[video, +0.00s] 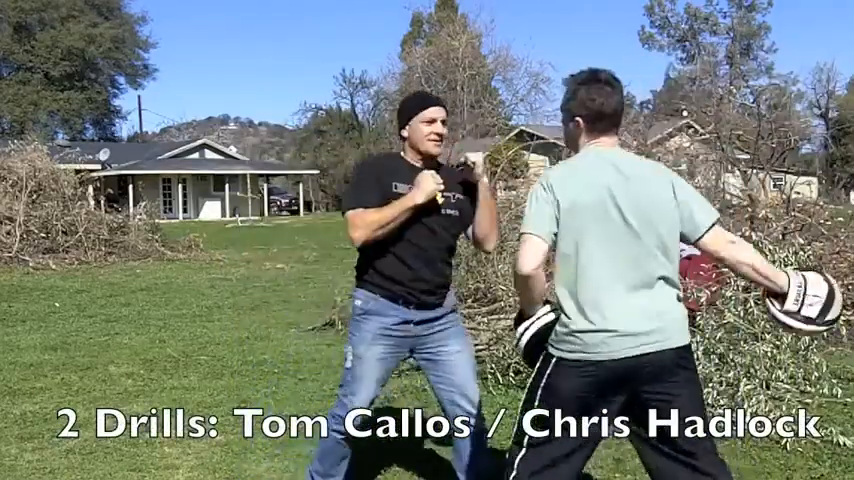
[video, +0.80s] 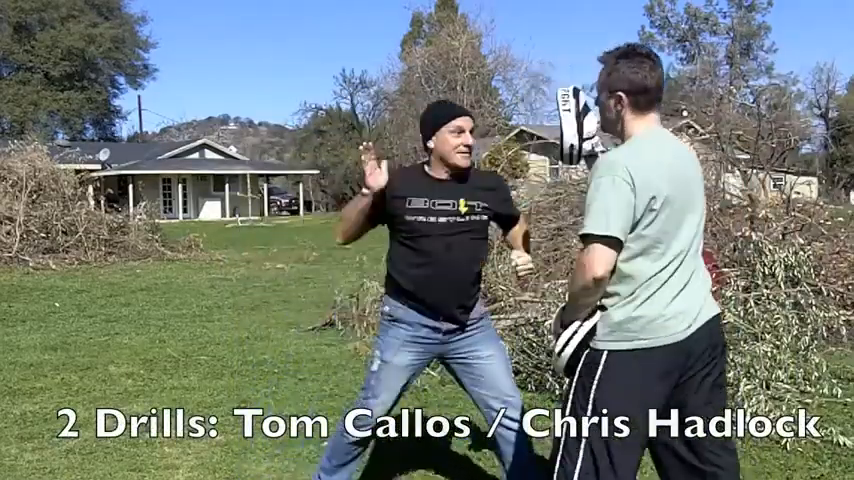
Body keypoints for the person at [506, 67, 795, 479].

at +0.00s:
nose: (564, 130)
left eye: (565, 121)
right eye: (565, 120)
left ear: (576, 123)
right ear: (620, 121)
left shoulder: (554, 182)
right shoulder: (661, 177)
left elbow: (527, 266)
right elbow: (723, 246)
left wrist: (533, 314)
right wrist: (788, 288)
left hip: (581, 355)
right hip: (665, 350)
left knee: (540, 466)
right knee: (697, 465)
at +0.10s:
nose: (517, 125)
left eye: (518, 116)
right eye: (516, 115)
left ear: (532, 120)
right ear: (573, 110)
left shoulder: (536, 175)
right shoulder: (616, 159)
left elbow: (544, 264)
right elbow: (675, 188)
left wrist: (527, 311)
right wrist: (714, 185)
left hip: (586, 338)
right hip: (654, 324)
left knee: (542, 463)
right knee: (681, 450)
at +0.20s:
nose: (492, 124)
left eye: (494, 117)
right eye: (494, 116)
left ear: (509, 120)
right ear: (546, 110)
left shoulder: (538, 176)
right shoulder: (567, 150)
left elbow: (560, 268)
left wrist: (534, 314)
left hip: (594, 331)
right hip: (646, 309)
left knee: (554, 461)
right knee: (680, 442)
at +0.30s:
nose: (493, 131)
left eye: (494, 122)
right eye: (494, 122)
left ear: (507, 126)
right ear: (545, 115)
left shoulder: (535, 183)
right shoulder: (572, 155)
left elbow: (559, 278)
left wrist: (532, 316)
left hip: (591, 334)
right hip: (645, 311)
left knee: (544, 460)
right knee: (677, 441)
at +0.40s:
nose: (516, 128)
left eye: (516, 118)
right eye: (514, 118)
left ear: (530, 122)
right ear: (570, 112)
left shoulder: (541, 180)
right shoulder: (606, 158)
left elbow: (543, 276)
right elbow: (587, 217)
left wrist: (526, 316)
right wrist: (530, 187)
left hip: (586, 341)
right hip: (654, 319)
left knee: (541, 463)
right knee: (678, 450)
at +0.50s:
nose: (550, 124)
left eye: (550, 114)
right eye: (549, 114)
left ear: (567, 116)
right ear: (606, 107)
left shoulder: (568, 177)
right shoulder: (645, 160)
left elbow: (549, 273)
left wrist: (541, 311)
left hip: (599, 346)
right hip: (672, 329)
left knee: (556, 465)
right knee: (690, 456)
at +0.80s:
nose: (597, 106)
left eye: (600, 97)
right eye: (598, 96)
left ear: (618, 102)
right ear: (656, 98)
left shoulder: (618, 164)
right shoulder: (681, 152)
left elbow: (596, 270)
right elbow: (670, 241)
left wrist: (571, 314)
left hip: (631, 345)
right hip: (698, 332)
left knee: (591, 466)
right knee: (706, 461)